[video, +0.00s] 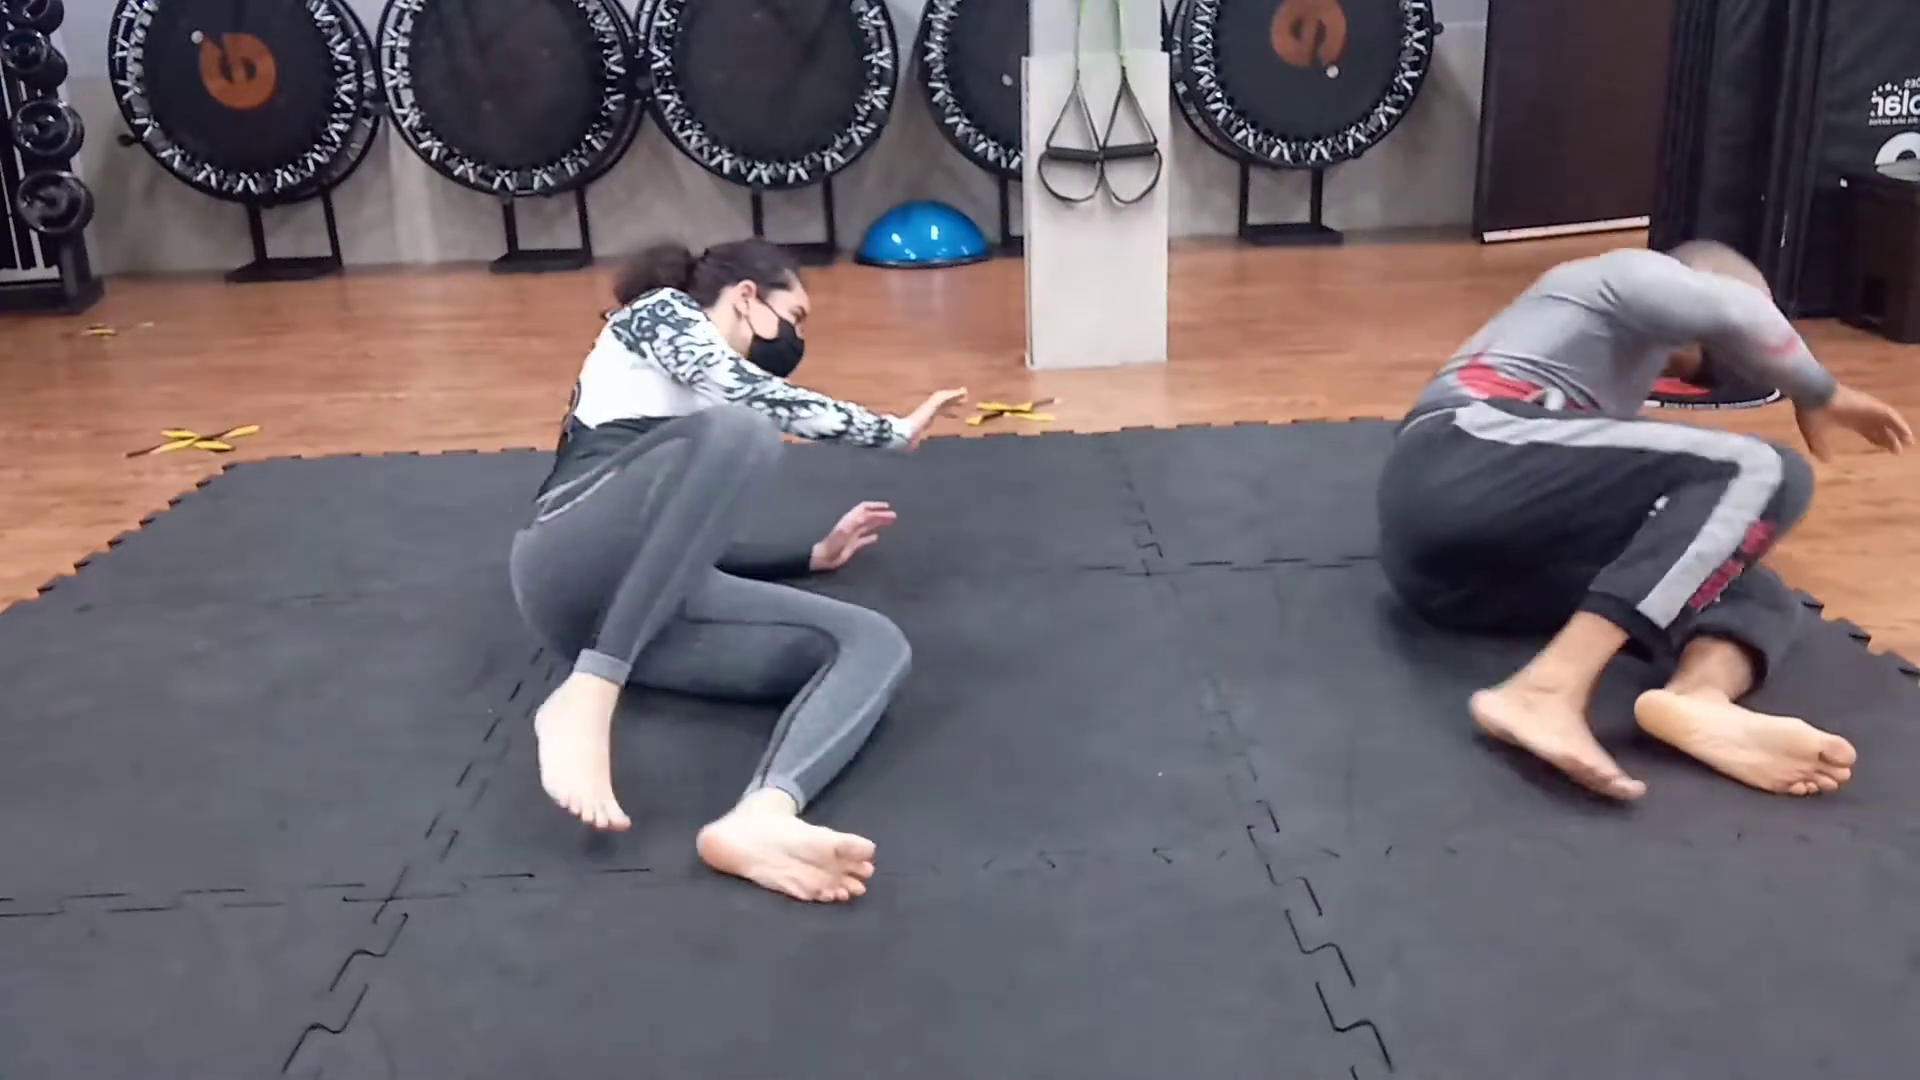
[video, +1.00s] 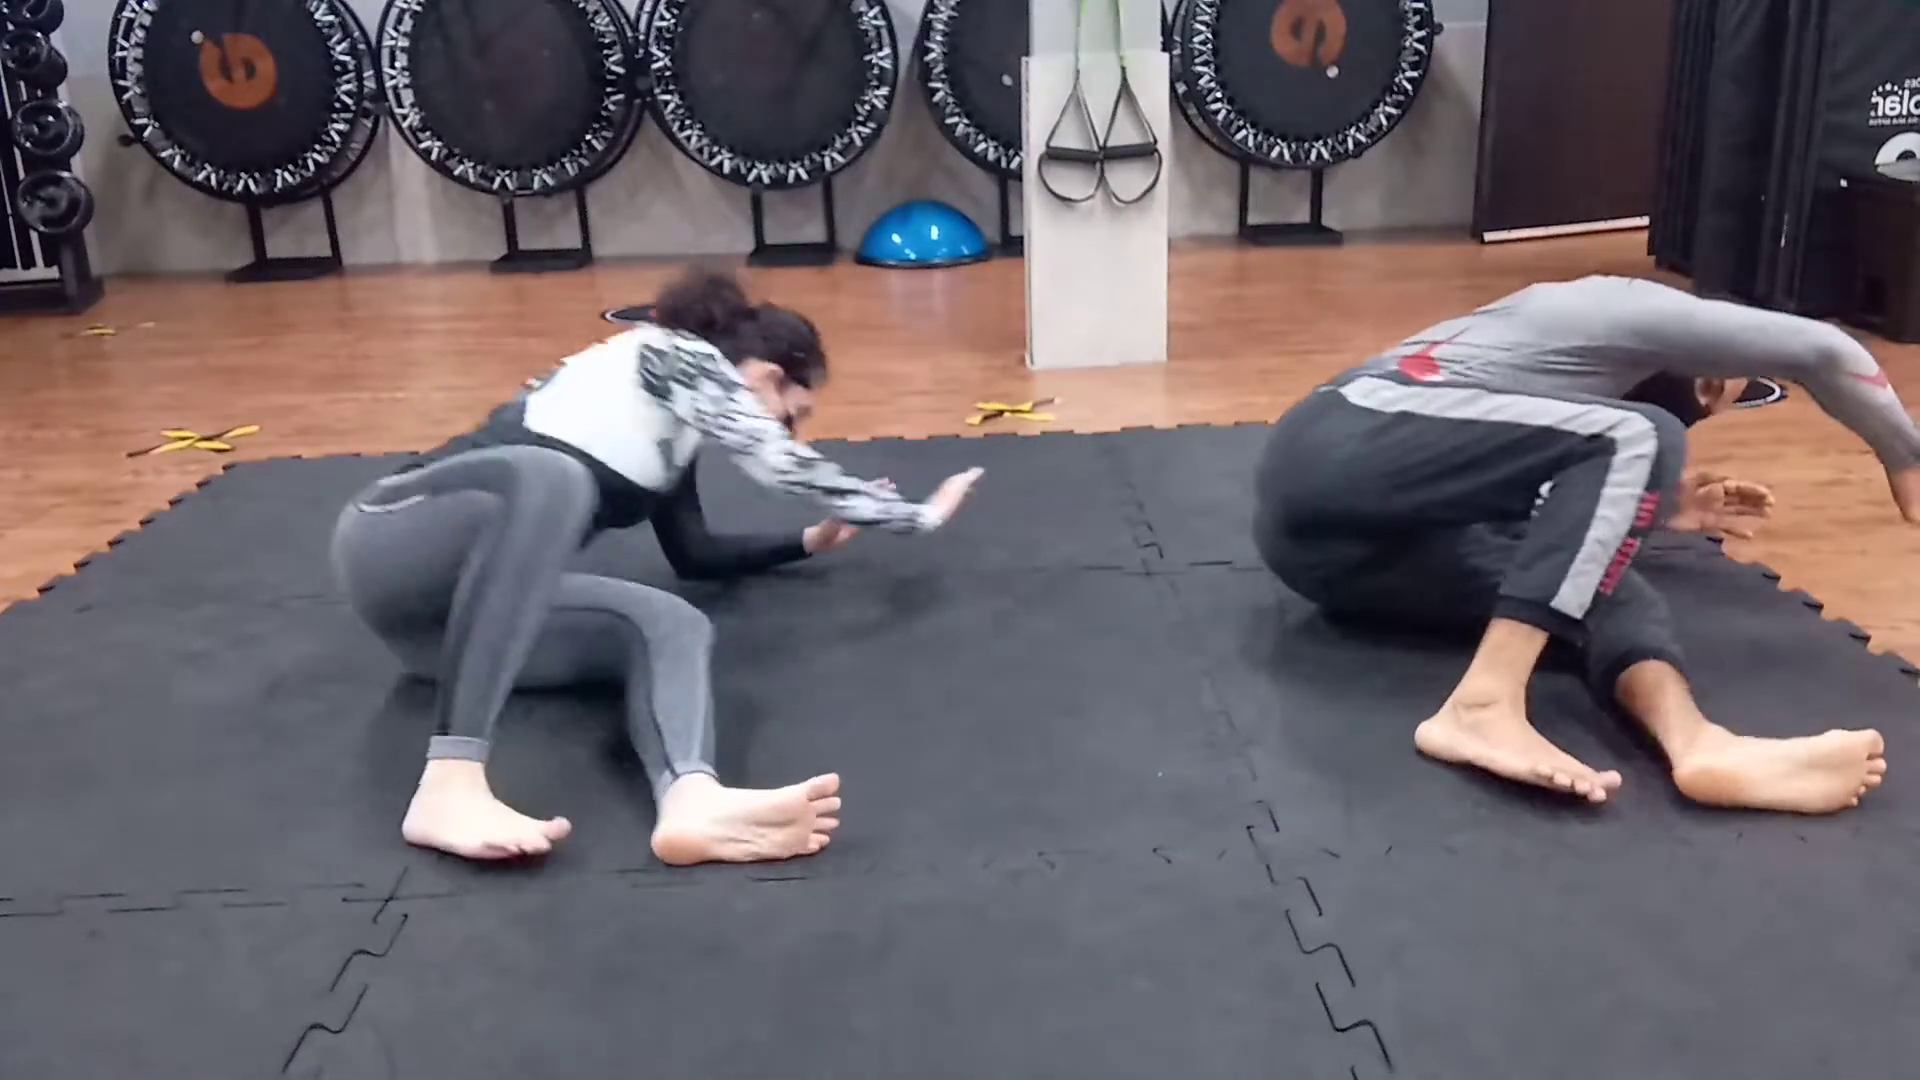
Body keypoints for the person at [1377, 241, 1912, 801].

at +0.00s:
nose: (1707, 386)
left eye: (1715, 383)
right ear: (1715, 298)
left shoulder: (1613, 390)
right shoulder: (1624, 275)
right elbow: (1740, 309)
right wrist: (1822, 395)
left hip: (1447, 583)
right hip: (1454, 466)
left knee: (1757, 585)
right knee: (1761, 468)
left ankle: (1698, 694)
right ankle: (1546, 690)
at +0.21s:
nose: (1700, 391)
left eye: (1711, 383)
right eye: (1711, 372)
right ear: (1709, 305)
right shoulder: (1651, 288)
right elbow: (1794, 350)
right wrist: (1845, 436)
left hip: (1445, 580)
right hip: (1458, 470)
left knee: (1755, 579)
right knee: (1767, 487)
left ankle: (1700, 696)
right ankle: (1522, 688)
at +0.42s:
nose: (1698, 385)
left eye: (1709, 375)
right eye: (1719, 345)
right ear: (1702, 303)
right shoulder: (1645, 292)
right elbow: (1817, 358)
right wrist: (1873, 444)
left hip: (1438, 583)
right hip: (1439, 473)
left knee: (1743, 579)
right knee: (1746, 467)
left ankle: (1711, 706)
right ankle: (1511, 690)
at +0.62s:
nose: (1723, 398)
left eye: (1726, 388)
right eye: (1724, 378)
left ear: (1665, 380)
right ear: (1696, 336)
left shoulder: (1609, 414)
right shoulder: (1642, 296)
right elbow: (1830, 343)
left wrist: (1709, 497)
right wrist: (1898, 443)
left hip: (1414, 585)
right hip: (1411, 467)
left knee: (1705, 568)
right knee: (1712, 452)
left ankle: (1702, 707)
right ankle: (1493, 692)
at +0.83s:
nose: (1726, 403)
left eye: (1734, 398)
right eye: (1730, 388)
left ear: (1649, 400)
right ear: (1692, 349)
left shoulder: (1582, 408)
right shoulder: (1632, 304)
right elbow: (1834, 340)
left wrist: (1685, 502)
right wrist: (1907, 446)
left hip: (1363, 571)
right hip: (1367, 457)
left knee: (1658, 571)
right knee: (1673, 445)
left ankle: (1686, 715)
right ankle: (1486, 703)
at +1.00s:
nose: (1706, 406)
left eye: (1714, 399)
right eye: (1714, 390)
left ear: (1638, 398)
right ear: (1688, 355)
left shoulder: (1578, 411)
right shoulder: (1621, 309)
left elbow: (1508, 510)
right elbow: (1823, 350)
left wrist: (1662, 508)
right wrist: (1905, 457)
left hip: (1335, 565)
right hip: (1335, 449)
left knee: (1599, 580)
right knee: (1645, 435)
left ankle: (1695, 740)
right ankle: (1480, 703)